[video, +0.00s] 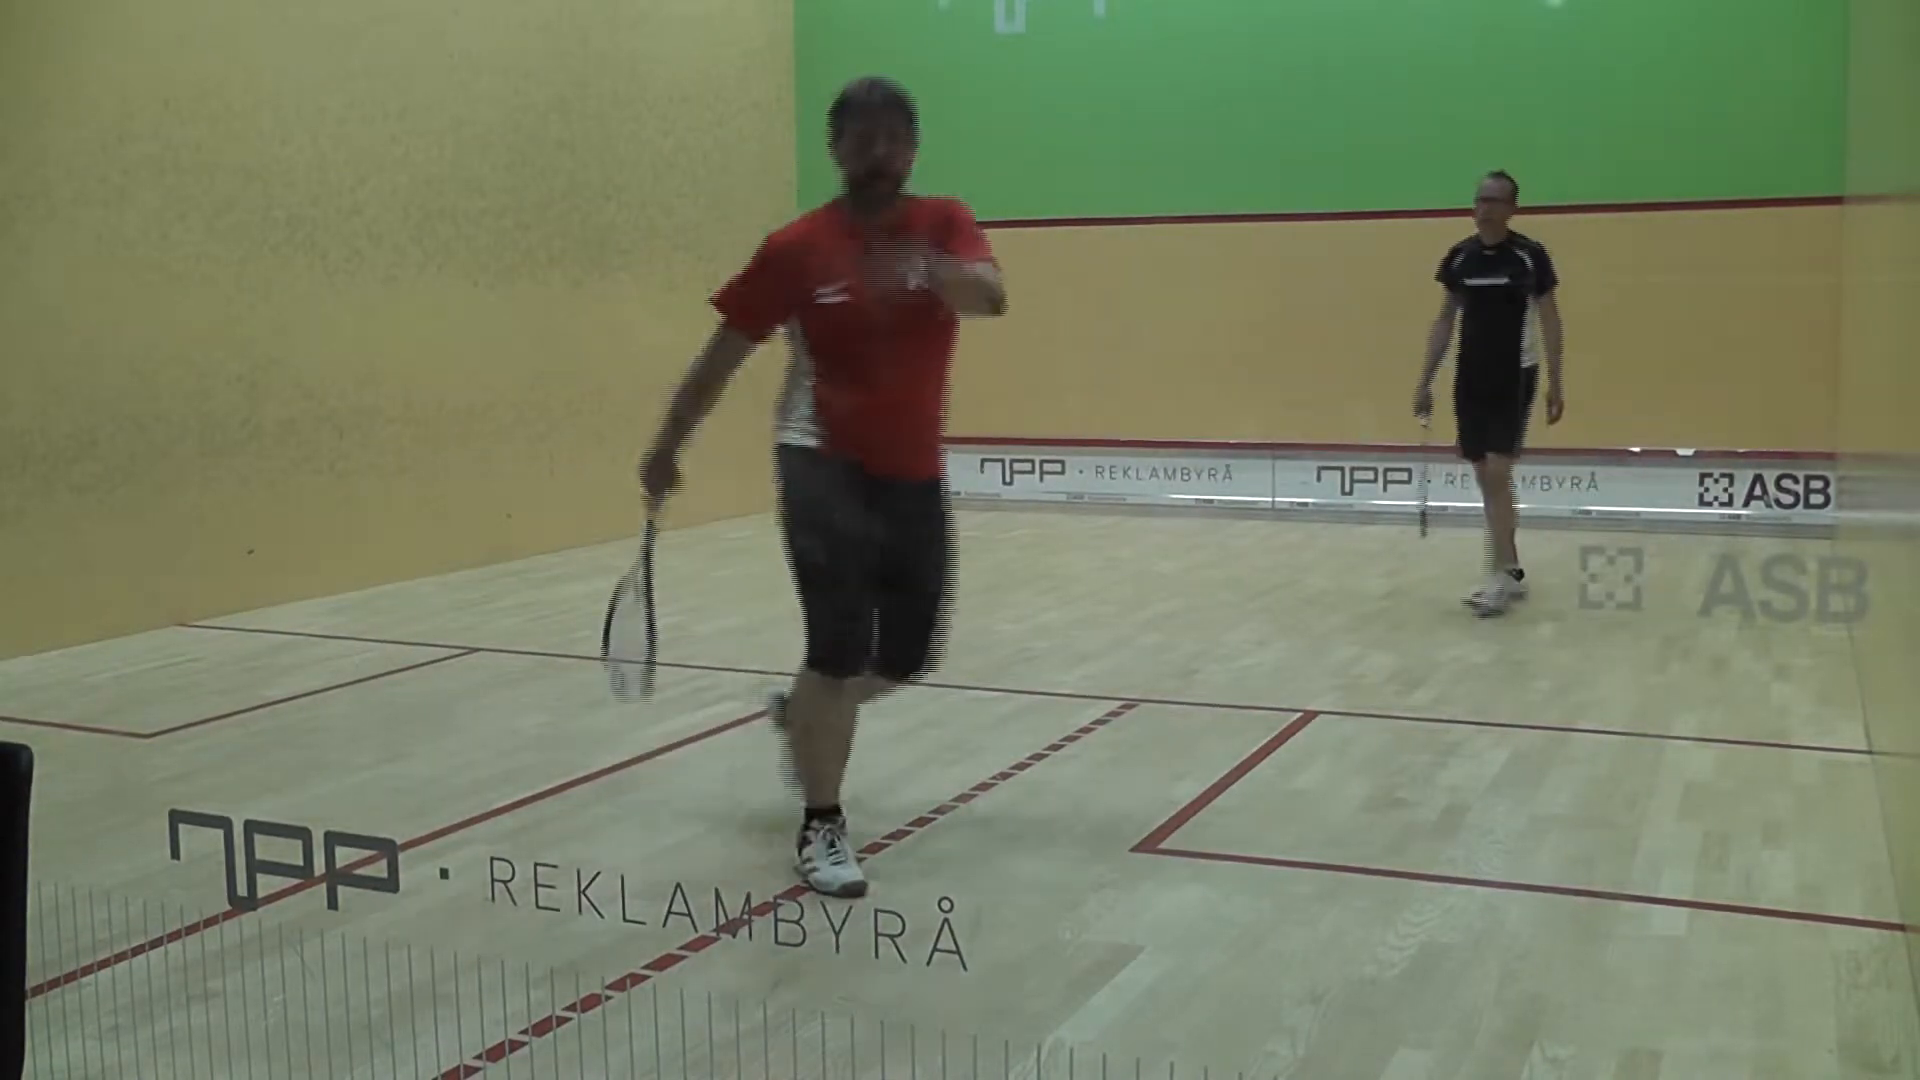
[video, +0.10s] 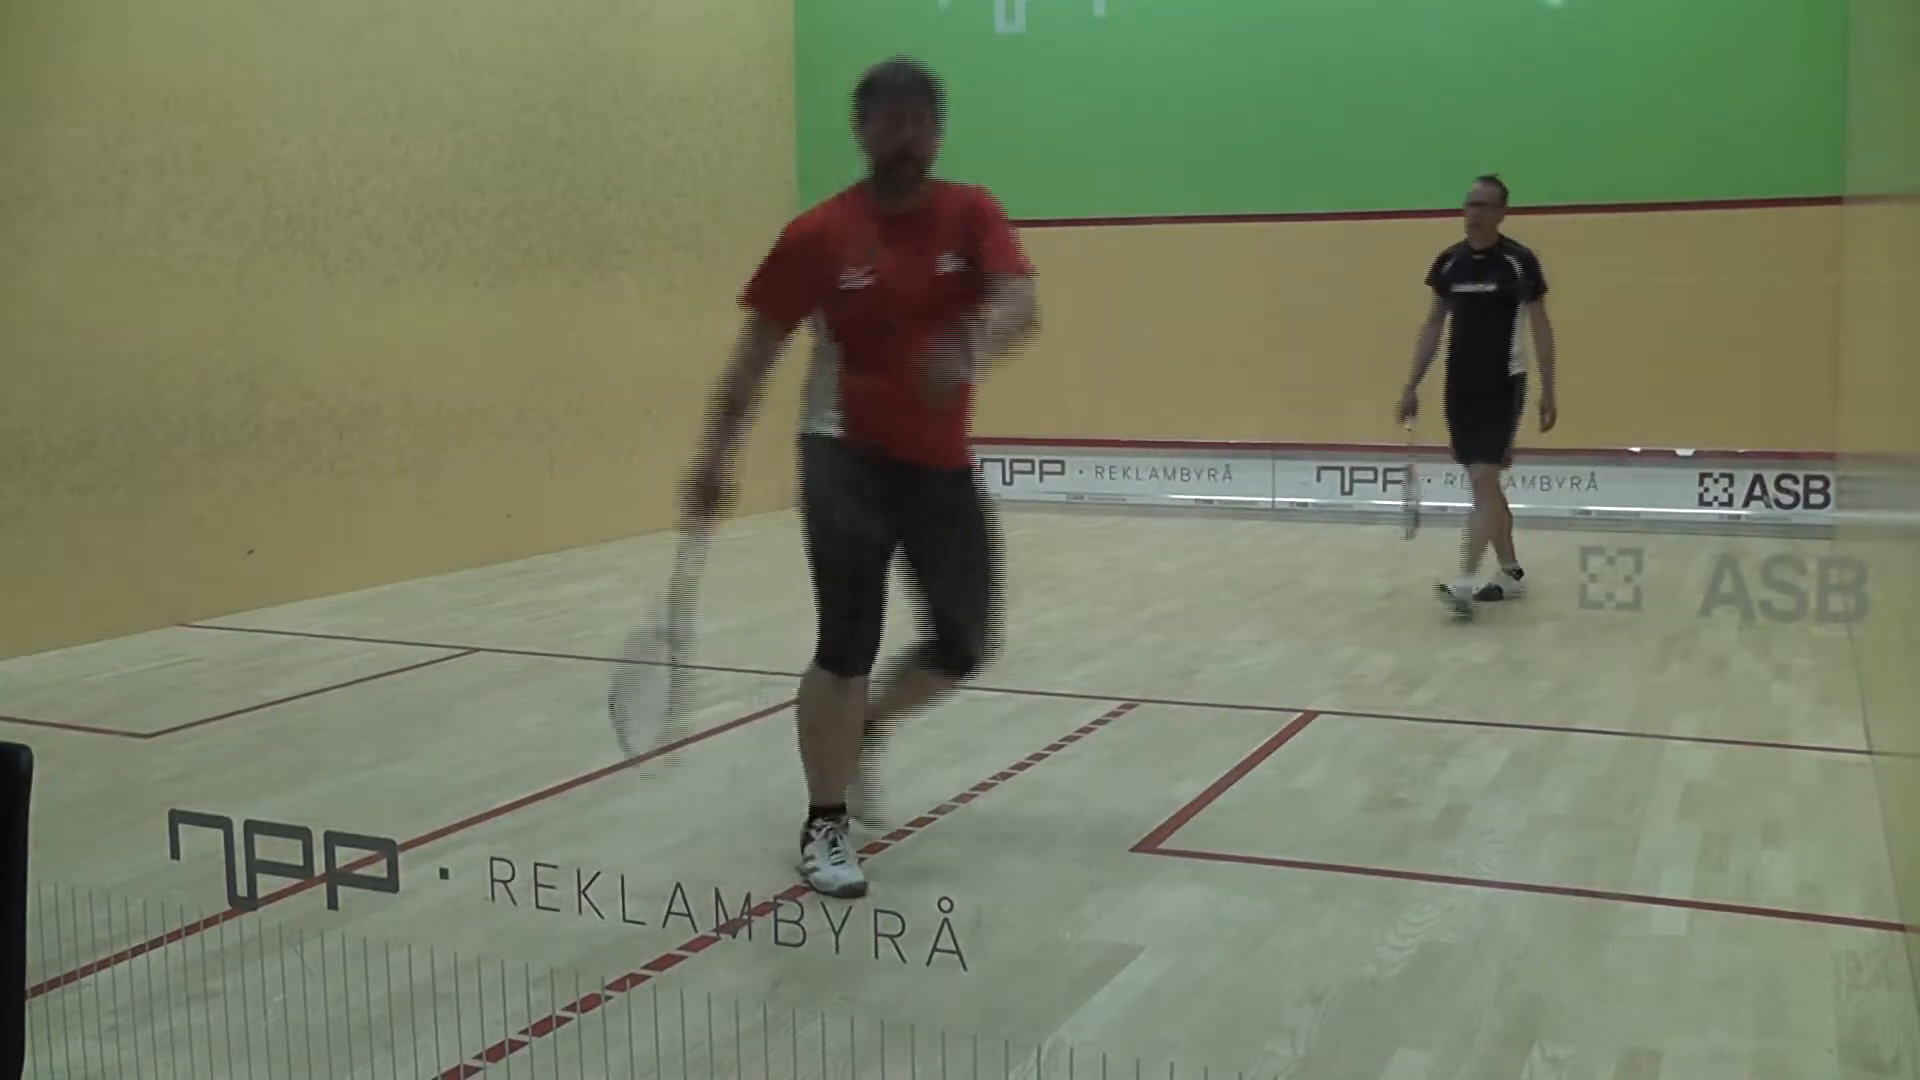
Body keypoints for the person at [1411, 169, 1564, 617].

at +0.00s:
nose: (1485, 207)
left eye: (1495, 201)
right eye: (1480, 200)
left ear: (1512, 207)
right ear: (1473, 205)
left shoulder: (1531, 257)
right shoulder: (1460, 258)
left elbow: (1550, 320)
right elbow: (1445, 320)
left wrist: (1555, 383)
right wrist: (1425, 381)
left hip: (1514, 372)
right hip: (1471, 372)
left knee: (1496, 472)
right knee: (1485, 474)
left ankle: (1504, 573)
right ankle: (1508, 567)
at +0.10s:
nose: (1474, 212)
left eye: (1484, 205)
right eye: (1470, 204)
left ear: (1503, 212)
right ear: (1463, 209)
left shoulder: (1521, 263)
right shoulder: (1449, 264)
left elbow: (1540, 327)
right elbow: (1433, 326)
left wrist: (1548, 392)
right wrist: (1412, 385)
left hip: (1504, 379)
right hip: (1461, 378)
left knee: (1485, 475)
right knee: (1481, 478)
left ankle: (1468, 577)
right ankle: (1509, 570)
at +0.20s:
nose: (1454, 213)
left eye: (1465, 207)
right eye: (1452, 205)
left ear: (1487, 214)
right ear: (1447, 209)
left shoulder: (1507, 265)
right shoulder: (1436, 264)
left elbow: (1526, 333)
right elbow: (1420, 329)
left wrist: (1535, 397)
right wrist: (1398, 389)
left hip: (1485, 382)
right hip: (1444, 380)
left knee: (1462, 480)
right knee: (1459, 482)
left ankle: (1449, 591)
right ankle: (1501, 559)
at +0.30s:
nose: (1446, 210)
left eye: (1456, 204)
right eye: (1442, 201)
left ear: (1476, 210)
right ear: (1436, 205)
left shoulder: (1496, 261)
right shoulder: (1426, 261)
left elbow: (1515, 332)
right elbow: (1414, 327)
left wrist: (1522, 396)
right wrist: (1393, 389)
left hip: (1474, 383)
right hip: (1433, 381)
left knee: (1448, 486)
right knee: (1428, 491)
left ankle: (1447, 593)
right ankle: (1482, 544)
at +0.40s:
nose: (1421, 203)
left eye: (1432, 196)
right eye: (1420, 194)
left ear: (1456, 202)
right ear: (1418, 198)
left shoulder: (1476, 254)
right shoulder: (1411, 254)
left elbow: (1496, 327)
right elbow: (1404, 325)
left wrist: (1497, 393)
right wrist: (1390, 387)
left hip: (1458, 381)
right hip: (1414, 380)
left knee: (1445, 485)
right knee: (1389, 482)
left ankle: (1448, 591)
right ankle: (1443, 547)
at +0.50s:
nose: (1404, 202)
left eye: (1414, 195)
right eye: (1403, 193)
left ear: (1441, 199)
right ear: (1405, 196)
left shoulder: (1463, 249)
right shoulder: (1402, 253)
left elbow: (1475, 322)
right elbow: (1400, 324)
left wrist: (1470, 392)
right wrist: (1385, 385)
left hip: (1449, 384)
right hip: (1408, 382)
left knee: (1442, 486)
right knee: (1371, 476)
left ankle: (1448, 591)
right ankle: (1407, 567)